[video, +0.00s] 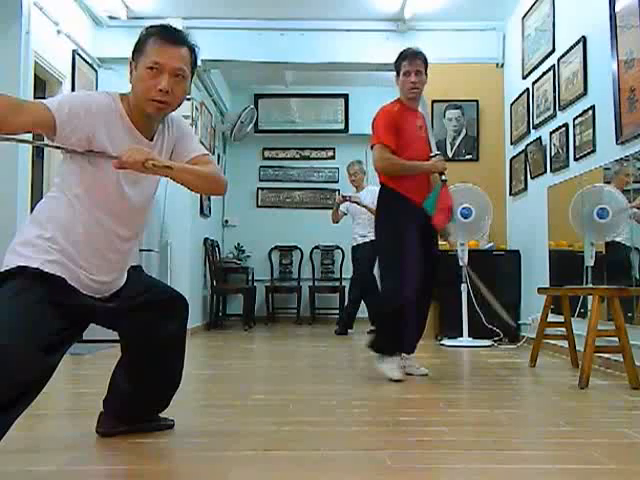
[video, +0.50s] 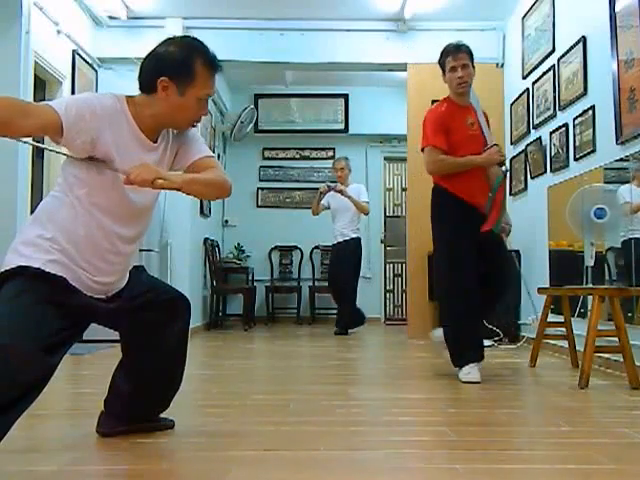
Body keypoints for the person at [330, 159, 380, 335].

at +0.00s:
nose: (353, 178)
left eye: (356, 174)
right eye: (351, 175)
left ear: (364, 174)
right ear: (348, 178)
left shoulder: (375, 192)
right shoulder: (350, 197)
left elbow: (380, 215)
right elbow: (336, 219)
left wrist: (363, 205)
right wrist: (336, 205)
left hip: (371, 240)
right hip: (357, 242)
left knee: (357, 281)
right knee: (367, 282)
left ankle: (345, 322)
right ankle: (378, 321)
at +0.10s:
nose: (350, 177)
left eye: (353, 173)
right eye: (347, 174)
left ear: (360, 174)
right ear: (345, 176)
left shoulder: (370, 190)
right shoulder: (346, 196)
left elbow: (379, 214)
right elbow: (330, 217)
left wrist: (358, 203)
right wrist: (333, 203)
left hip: (365, 240)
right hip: (352, 242)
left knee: (355, 282)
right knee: (363, 283)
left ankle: (345, 323)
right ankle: (380, 320)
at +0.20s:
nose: (347, 175)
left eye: (350, 171)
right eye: (344, 172)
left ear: (357, 173)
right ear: (341, 174)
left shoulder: (366, 190)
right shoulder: (341, 194)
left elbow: (374, 213)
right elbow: (325, 214)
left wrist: (354, 201)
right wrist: (328, 199)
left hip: (360, 239)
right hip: (347, 241)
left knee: (353, 282)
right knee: (357, 282)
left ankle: (344, 324)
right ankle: (378, 318)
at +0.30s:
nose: (343, 175)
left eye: (347, 171)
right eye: (341, 172)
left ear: (354, 172)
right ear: (338, 174)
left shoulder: (363, 189)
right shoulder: (337, 194)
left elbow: (371, 212)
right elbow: (320, 213)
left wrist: (351, 199)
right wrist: (325, 198)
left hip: (357, 239)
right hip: (343, 241)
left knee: (350, 283)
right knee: (349, 284)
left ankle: (343, 324)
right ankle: (373, 317)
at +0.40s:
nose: (341, 174)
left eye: (344, 171)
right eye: (338, 171)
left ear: (351, 172)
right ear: (336, 173)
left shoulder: (359, 189)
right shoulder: (333, 194)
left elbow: (367, 211)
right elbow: (318, 212)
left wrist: (348, 196)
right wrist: (322, 196)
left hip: (354, 240)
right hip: (341, 241)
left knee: (349, 284)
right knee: (341, 284)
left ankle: (343, 324)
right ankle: (367, 315)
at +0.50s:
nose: (339, 173)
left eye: (342, 169)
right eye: (336, 170)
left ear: (349, 171)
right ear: (333, 172)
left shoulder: (357, 189)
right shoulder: (331, 193)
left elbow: (365, 210)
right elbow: (315, 211)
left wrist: (347, 195)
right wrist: (320, 195)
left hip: (352, 241)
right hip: (338, 242)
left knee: (347, 282)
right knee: (333, 282)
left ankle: (342, 324)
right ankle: (355, 315)